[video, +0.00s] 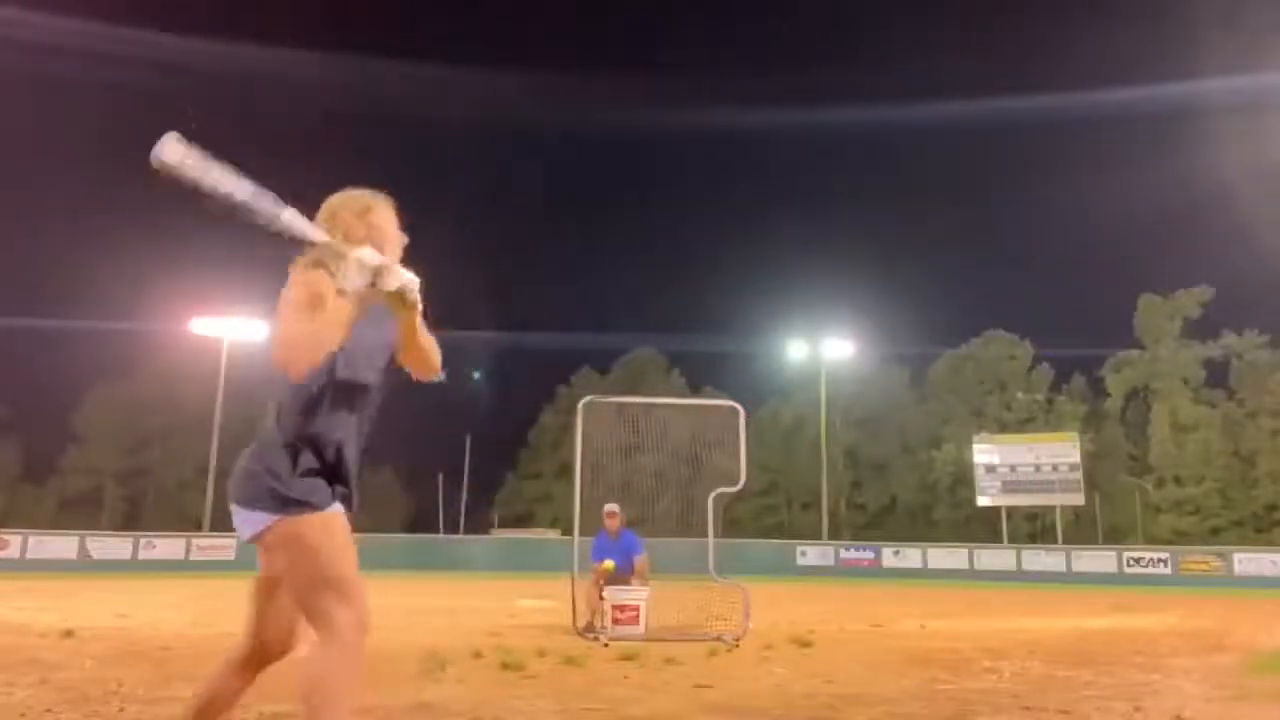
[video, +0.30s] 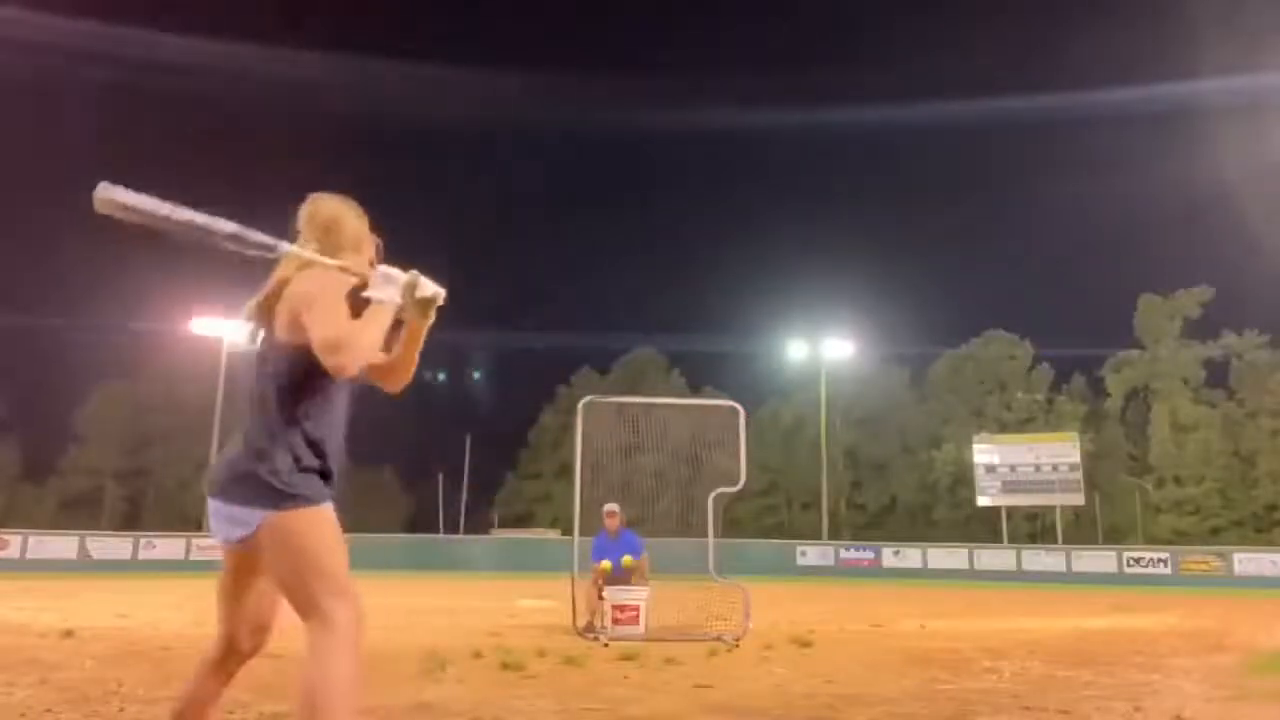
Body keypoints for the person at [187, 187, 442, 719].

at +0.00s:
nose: (401, 246)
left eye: (401, 236)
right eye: (391, 235)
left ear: (387, 248)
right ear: (355, 239)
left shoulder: (388, 303)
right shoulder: (311, 282)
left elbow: (427, 370)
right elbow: (295, 360)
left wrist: (408, 312)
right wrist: (352, 294)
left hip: (317, 485)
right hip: (282, 482)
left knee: (269, 640)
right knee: (344, 626)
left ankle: (198, 712)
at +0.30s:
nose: (375, 246)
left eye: (371, 236)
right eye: (368, 236)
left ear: (314, 240)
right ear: (349, 241)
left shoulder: (305, 289)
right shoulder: (320, 282)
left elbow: (394, 377)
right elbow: (344, 356)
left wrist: (418, 319)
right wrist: (386, 301)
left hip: (247, 482)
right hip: (282, 485)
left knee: (241, 637)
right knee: (337, 620)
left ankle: (183, 713)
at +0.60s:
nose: (375, 250)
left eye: (371, 240)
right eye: (370, 239)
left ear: (316, 239)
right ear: (358, 242)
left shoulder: (303, 289)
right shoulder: (326, 282)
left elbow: (383, 386)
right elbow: (367, 349)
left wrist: (432, 339)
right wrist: (413, 301)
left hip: (253, 473)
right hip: (293, 476)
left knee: (248, 638)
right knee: (346, 624)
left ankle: (183, 714)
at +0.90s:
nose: (369, 261)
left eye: (369, 251)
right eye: (367, 249)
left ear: (312, 239)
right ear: (355, 243)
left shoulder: (295, 291)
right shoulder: (323, 278)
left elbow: (371, 394)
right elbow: (353, 344)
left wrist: (422, 350)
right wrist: (410, 309)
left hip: (249, 476)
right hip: (287, 479)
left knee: (251, 638)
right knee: (346, 624)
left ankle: (184, 714)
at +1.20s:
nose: (371, 266)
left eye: (371, 256)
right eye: (368, 254)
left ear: (314, 246)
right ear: (353, 249)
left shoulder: (302, 298)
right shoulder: (313, 284)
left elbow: (380, 389)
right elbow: (348, 338)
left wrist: (422, 338)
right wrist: (402, 298)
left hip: (249, 484)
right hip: (286, 487)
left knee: (255, 640)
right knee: (347, 626)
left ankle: (183, 714)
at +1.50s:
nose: (379, 269)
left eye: (380, 260)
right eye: (377, 258)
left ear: (321, 246)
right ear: (358, 250)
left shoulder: (303, 295)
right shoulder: (327, 279)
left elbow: (400, 381)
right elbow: (356, 339)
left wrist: (430, 320)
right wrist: (398, 296)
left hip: (250, 485)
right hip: (287, 488)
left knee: (258, 640)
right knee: (352, 627)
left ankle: (185, 713)